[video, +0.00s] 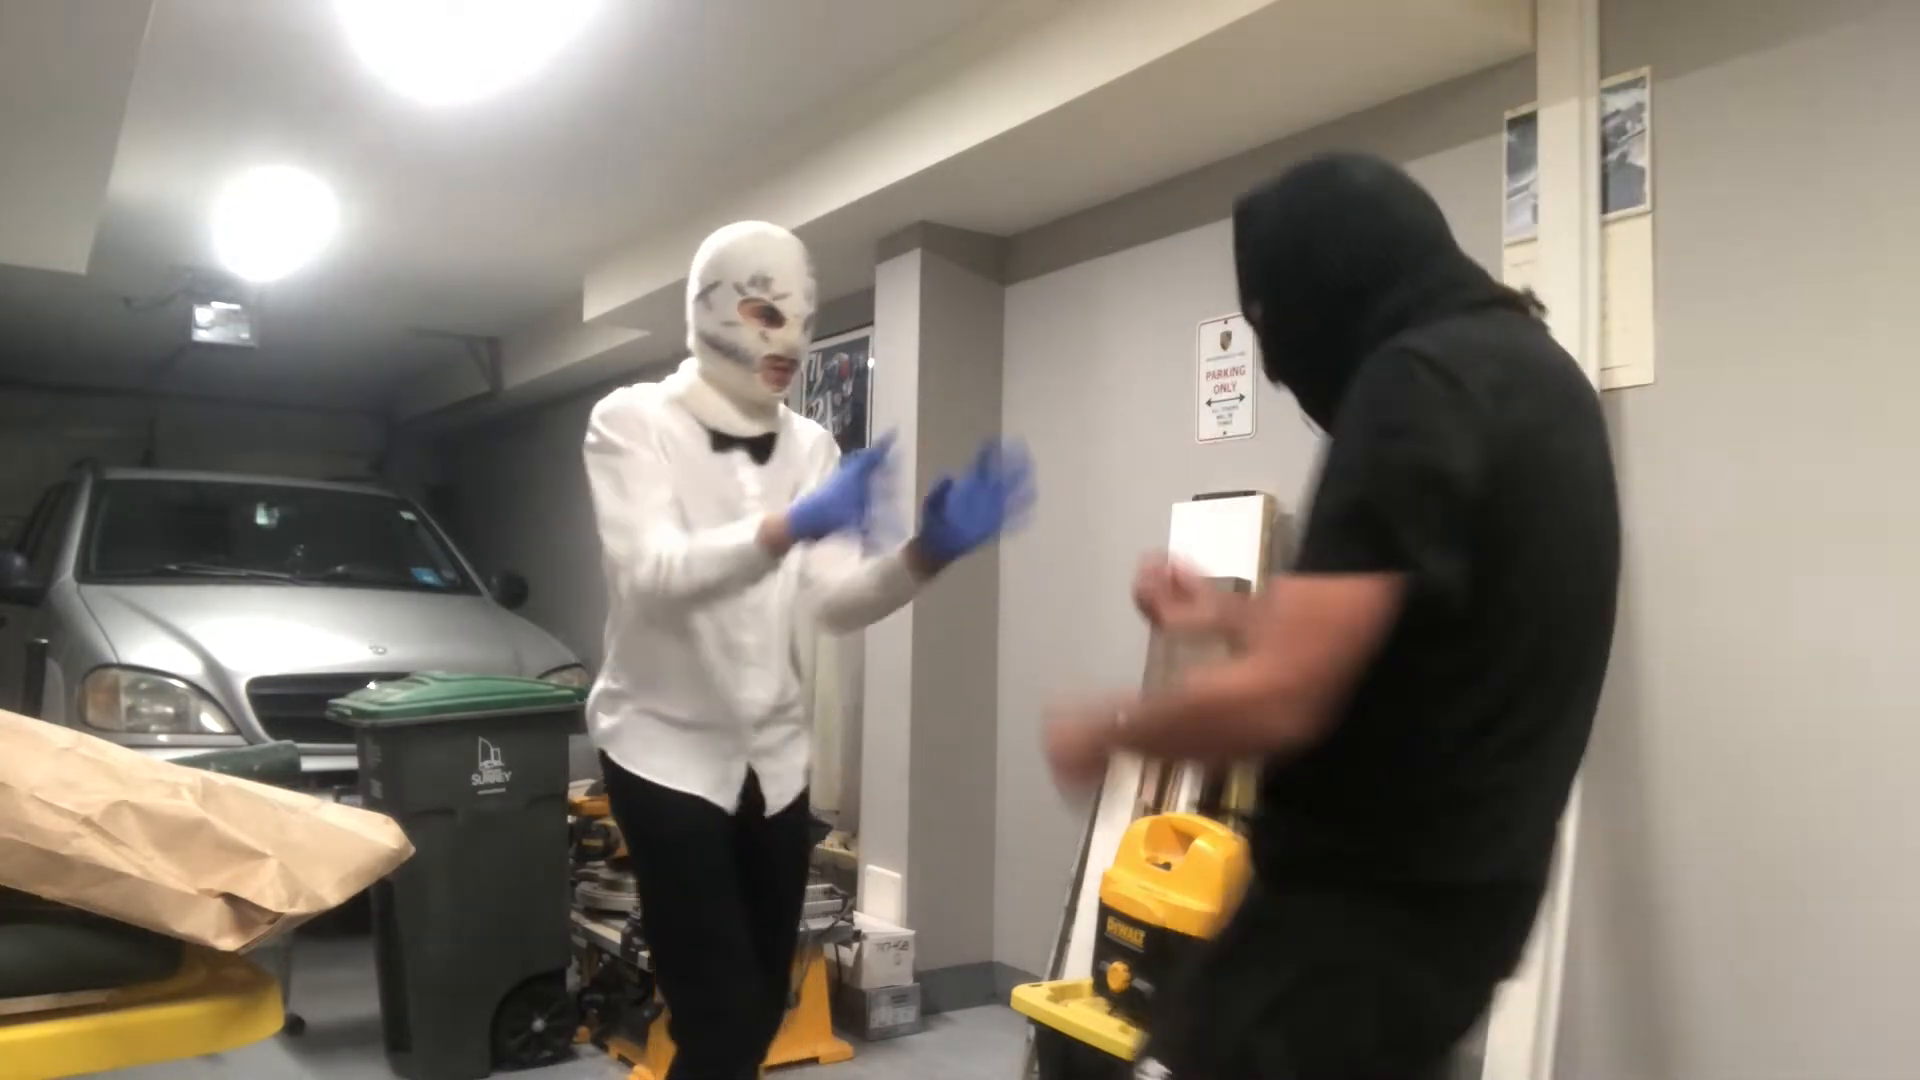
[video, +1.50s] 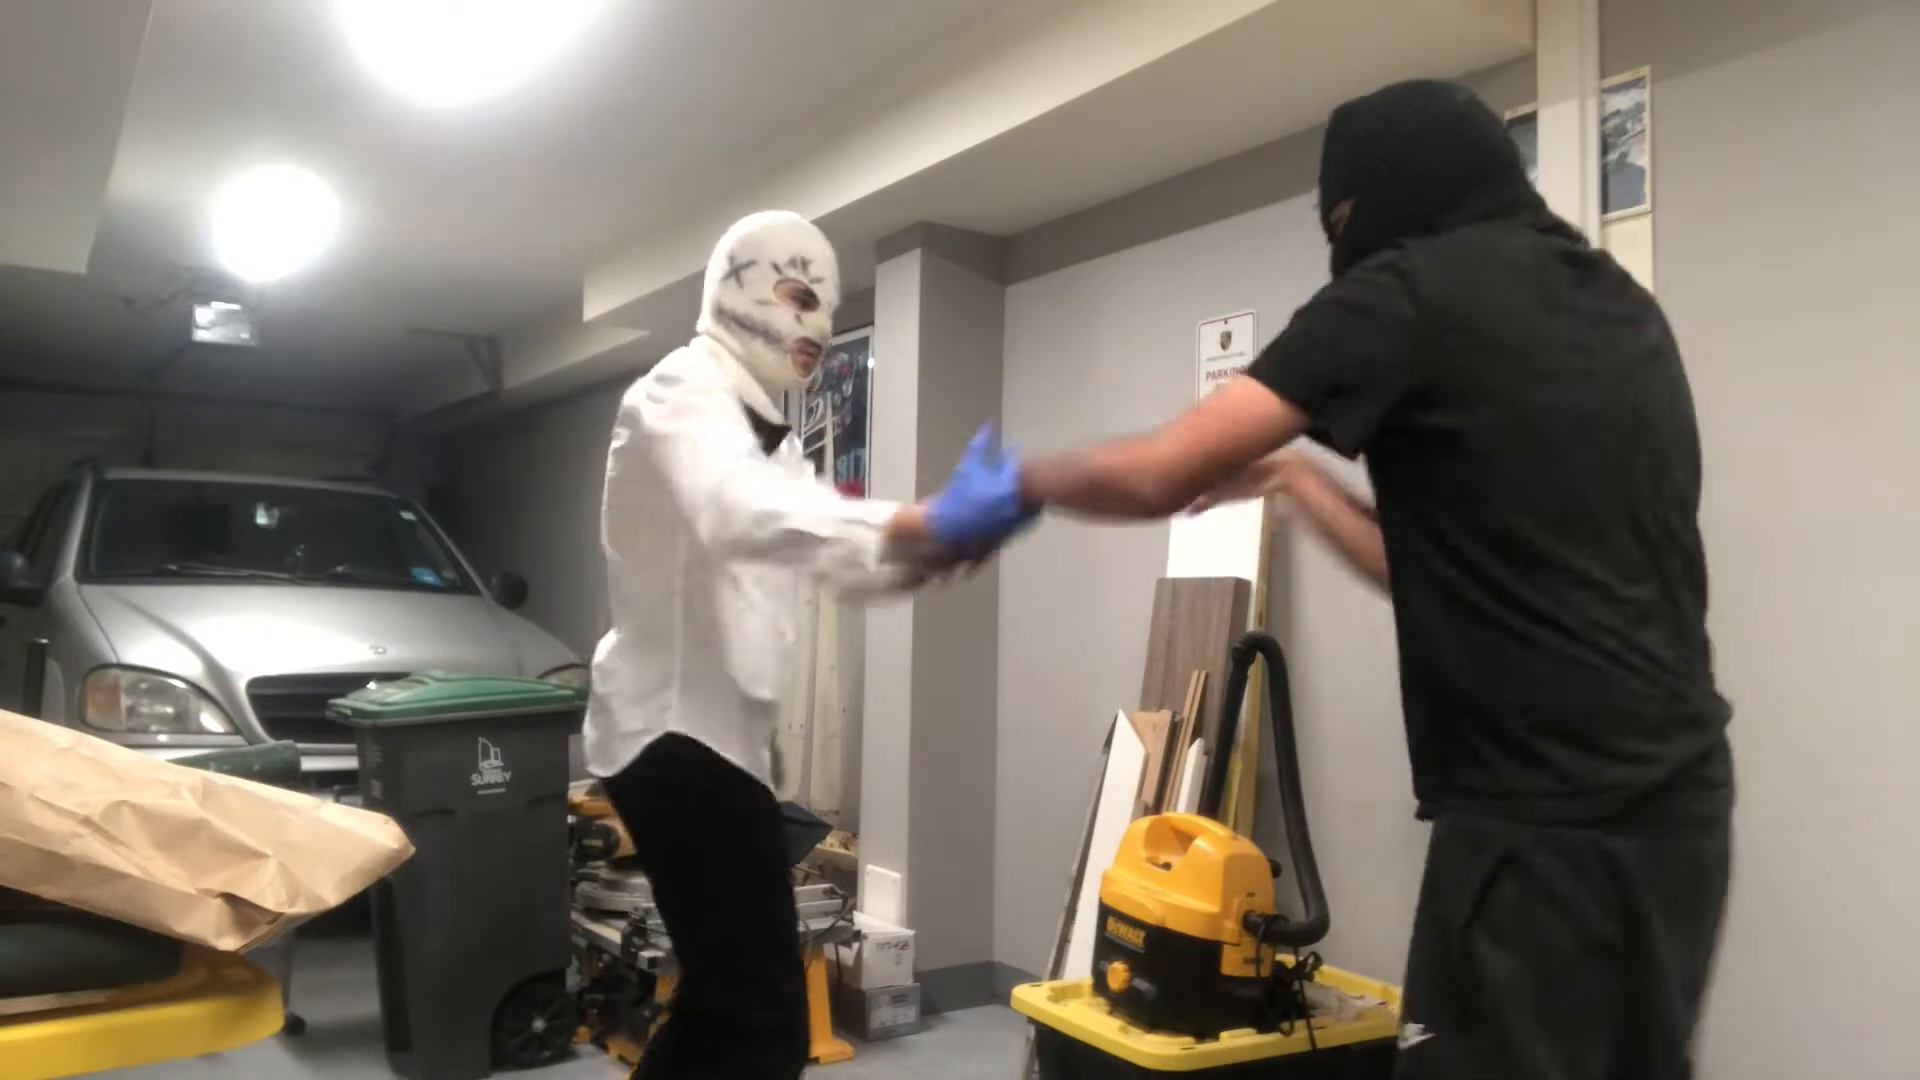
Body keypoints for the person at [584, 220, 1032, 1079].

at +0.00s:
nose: (787, 338)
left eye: (799, 318)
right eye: (762, 311)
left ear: (808, 327)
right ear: (705, 315)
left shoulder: (808, 446)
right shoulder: (634, 421)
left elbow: (834, 600)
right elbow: (648, 577)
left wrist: (926, 551)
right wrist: (788, 525)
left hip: (773, 749)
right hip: (663, 746)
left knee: (755, 1016)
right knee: (721, 1021)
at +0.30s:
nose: (757, 332)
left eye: (767, 311)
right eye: (733, 308)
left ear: (781, 321)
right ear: (683, 313)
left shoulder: (785, 438)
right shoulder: (619, 408)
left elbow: (859, 545)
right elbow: (653, 520)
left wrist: (929, 488)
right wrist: (808, 544)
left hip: (730, 748)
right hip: (623, 741)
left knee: (719, 987)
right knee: (677, 986)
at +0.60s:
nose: (750, 313)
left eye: (759, 295)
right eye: (723, 291)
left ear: (767, 304)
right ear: (665, 299)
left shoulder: (753, 419)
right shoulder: (608, 393)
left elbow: (839, 517)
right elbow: (714, 463)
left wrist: (956, 488)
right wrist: (899, 426)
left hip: (699, 740)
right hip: (599, 737)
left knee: (680, 1005)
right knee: (615, 1005)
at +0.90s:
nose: (768, 328)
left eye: (777, 309)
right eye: (746, 302)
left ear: (781, 314)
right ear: (689, 301)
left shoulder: (741, 435)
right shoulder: (623, 393)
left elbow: (840, 515)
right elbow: (694, 511)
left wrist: (931, 442)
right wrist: (852, 429)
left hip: (696, 743)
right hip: (612, 738)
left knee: (700, 994)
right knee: (651, 1004)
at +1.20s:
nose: (798, 316)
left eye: (807, 301)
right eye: (775, 291)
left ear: (812, 315)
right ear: (715, 295)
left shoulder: (770, 436)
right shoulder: (655, 393)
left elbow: (857, 521)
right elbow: (750, 516)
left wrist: (984, 499)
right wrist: (937, 458)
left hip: (697, 730)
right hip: (635, 725)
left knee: (683, 999)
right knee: (732, 1001)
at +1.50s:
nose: (816, 319)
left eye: (824, 303)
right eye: (796, 294)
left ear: (829, 314)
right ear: (734, 291)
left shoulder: (761, 433)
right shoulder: (682, 391)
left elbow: (833, 565)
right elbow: (731, 514)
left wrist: (937, 549)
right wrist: (899, 524)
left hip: (728, 741)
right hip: (671, 738)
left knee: (731, 1005)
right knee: (757, 1012)